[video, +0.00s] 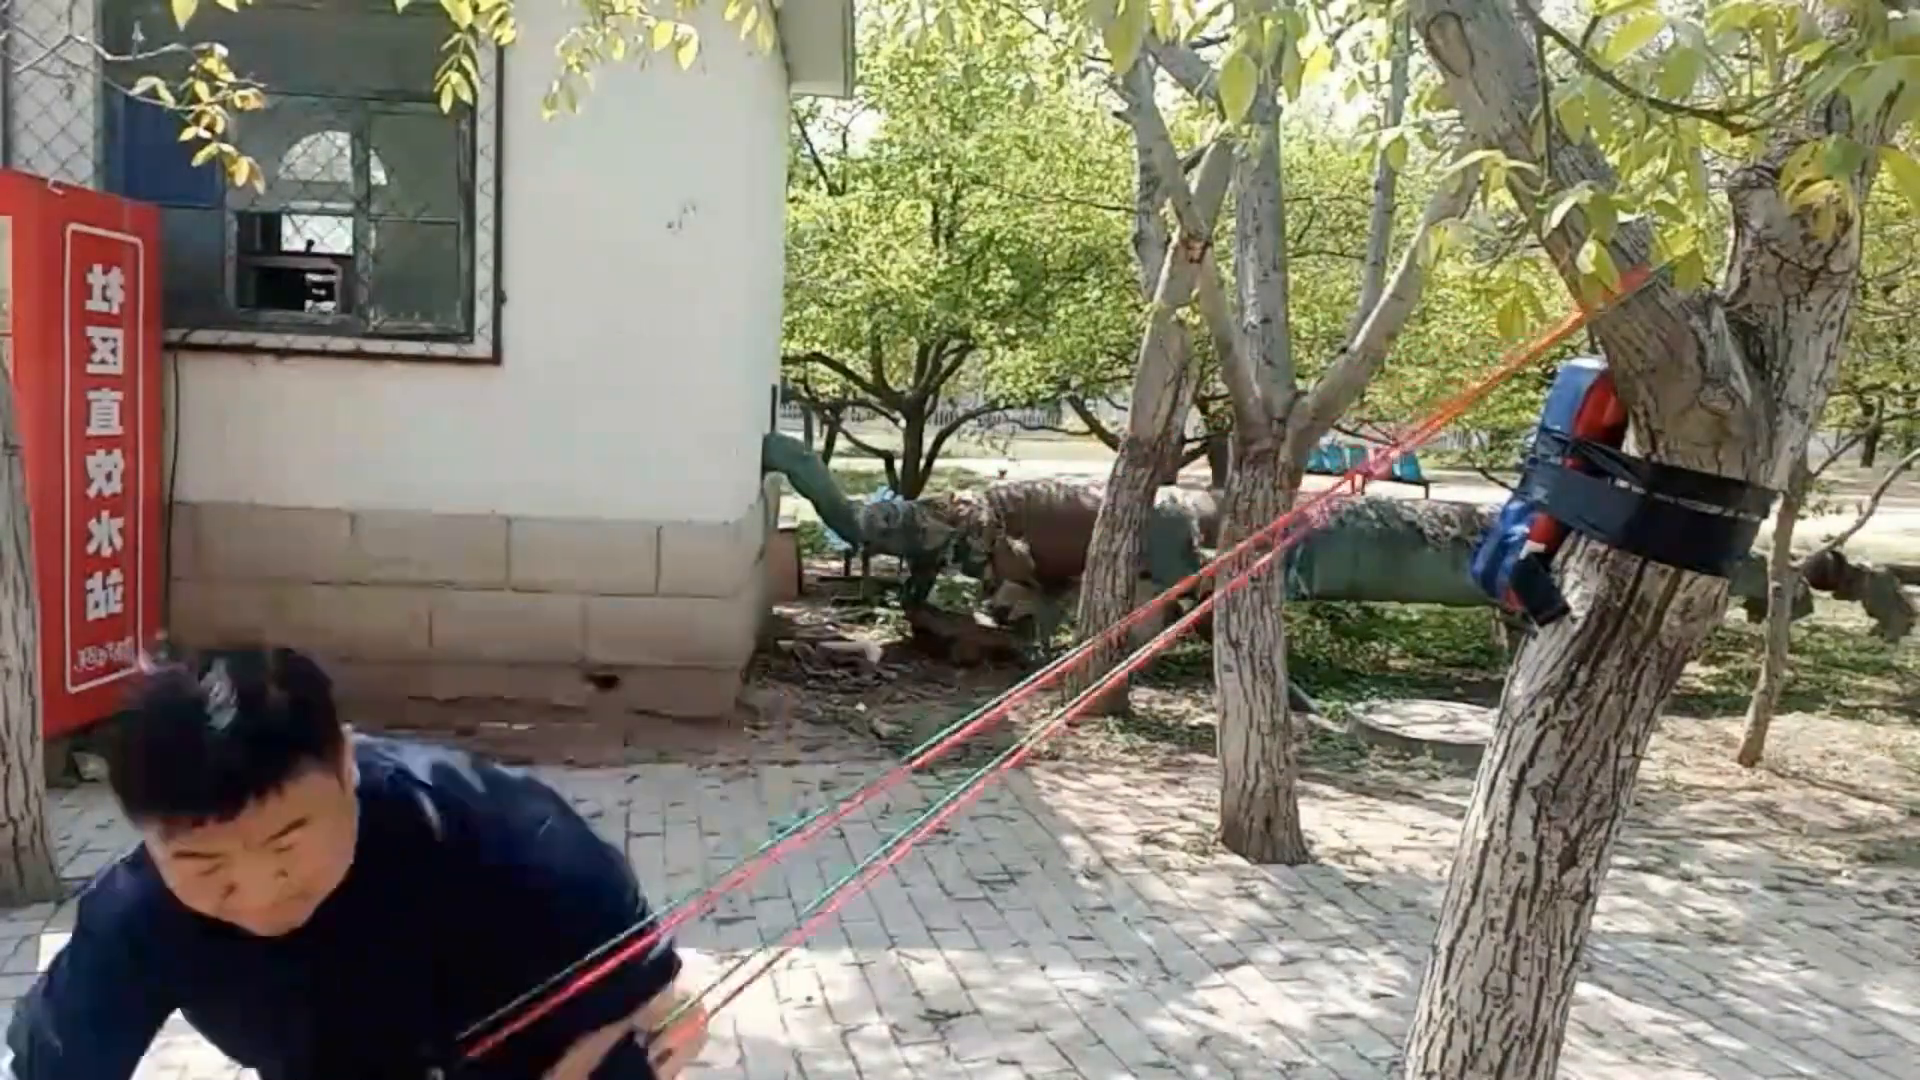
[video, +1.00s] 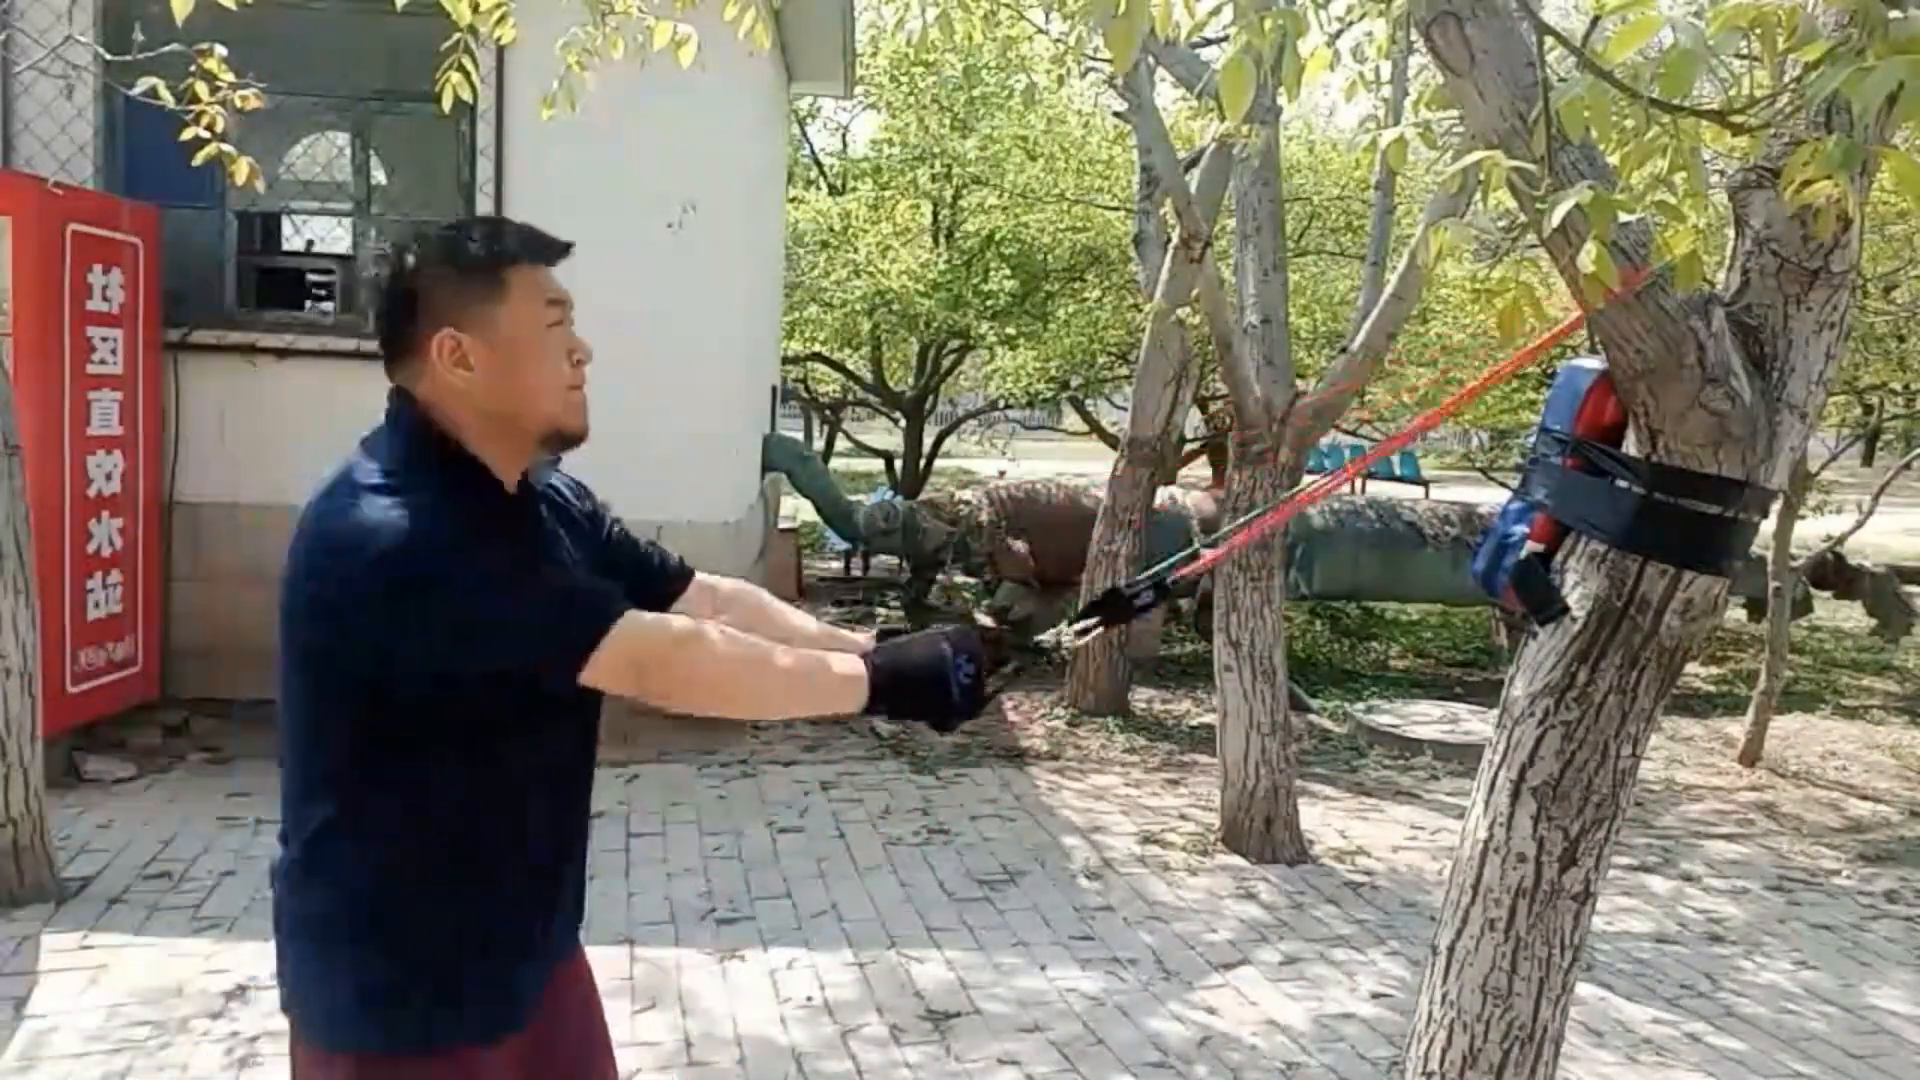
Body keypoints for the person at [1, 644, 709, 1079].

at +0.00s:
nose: (260, 893)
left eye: (289, 840)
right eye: (207, 871)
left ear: (346, 764)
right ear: (148, 838)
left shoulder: (504, 836)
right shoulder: (134, 922)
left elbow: (643, 1007)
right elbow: (46, 1060)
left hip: (540, 1037)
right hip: (339, 1052)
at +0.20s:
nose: (183, 1028)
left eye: (205, 975)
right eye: (125, 1008)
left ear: (260, 877)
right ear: (68, 985)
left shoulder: (436, 948)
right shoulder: (81, 984)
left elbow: (563, 1067)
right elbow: (33, 1065)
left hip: (474, 1055)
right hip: (268, 1057)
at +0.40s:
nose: (283, 863)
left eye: (307, 811)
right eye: (226, 844)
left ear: (332, 761)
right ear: (140, 831)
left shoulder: (461, 833)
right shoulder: (107, 916)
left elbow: (616, 1012)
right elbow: (20, 1049)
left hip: (485, 1039)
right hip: (286, 1052)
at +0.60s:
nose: (351, 533)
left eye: (359, 492)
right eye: (302, 509)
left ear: (373, 483)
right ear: (186, 543)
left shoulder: (450, 622)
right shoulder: (91, 737)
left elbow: (635, 738)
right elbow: (8, 956)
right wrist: (102, 963)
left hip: (515, 1029)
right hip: (271, 1060)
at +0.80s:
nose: (462, 363)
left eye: (452, 334)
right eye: (427, 336)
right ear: (309, 375)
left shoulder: (500, 508)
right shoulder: (215, 566)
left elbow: (634, 616)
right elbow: (228, 787)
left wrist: (723, 619)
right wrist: (474, 670)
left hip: (527, 1005)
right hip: (312, 1043)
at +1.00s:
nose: (583, 350)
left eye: (573, 325)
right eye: (555, 328)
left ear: (465, 358)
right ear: (457, 356)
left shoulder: (537, 501)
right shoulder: (392, 537)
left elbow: (699, 601)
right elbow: (648, 661)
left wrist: (877, 654)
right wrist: (873, 687)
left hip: (533, 969)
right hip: (398, 1012)